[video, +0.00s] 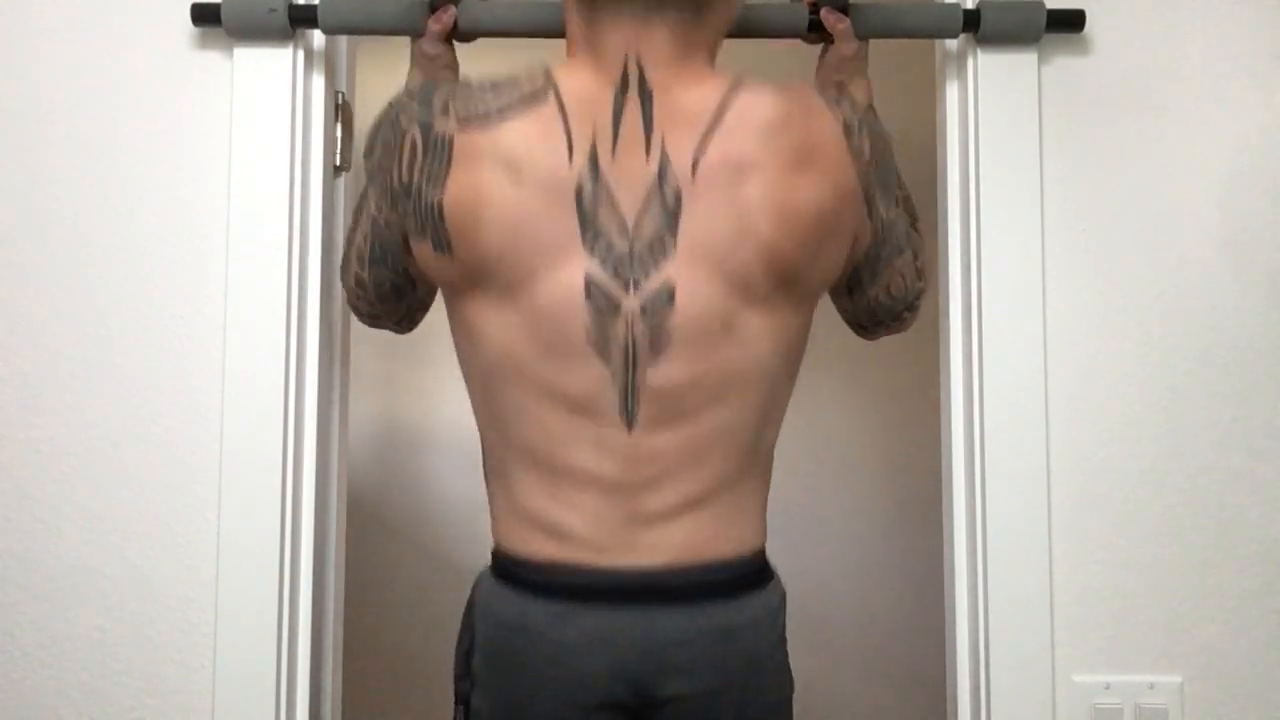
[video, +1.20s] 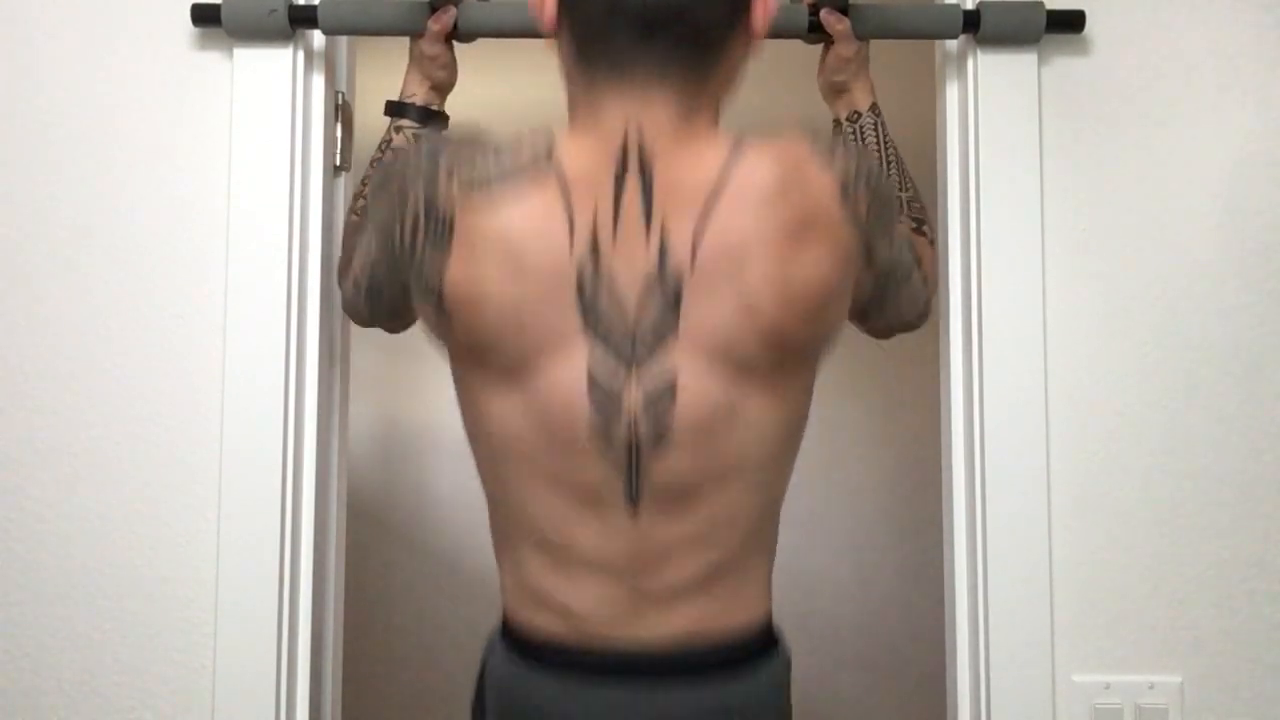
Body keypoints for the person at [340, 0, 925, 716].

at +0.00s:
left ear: (571, 4)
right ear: (725, 4)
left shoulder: (454, 134)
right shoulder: (802, 139)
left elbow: (380, 299)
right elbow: (889, 303)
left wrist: (425, 89)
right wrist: (851, 97)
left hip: (532, 636)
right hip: (728, 637)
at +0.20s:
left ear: (543, 57)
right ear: (758, 63)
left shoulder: (466, 243)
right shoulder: (802, 244)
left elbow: (376, 282)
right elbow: (896, 294)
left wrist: (424, 98)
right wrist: (850, 101)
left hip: (530, 688)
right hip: (724, 688)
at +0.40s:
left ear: (543, 161)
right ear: (758, 170)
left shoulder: (474, 335)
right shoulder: (803, 326)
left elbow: (384, 267)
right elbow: (895, 264)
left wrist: (424, 97)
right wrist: (850, 97)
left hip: (535, 707)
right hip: (727, 708)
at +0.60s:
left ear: (539, 245)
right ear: (753, 250)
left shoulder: (486, 411)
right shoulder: (791, 393)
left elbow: (396, 267)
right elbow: (887, 267)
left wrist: (425, 90)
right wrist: (848, 98)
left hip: (539, 712)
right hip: (730, 711)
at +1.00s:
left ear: (536, 213)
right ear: (751, 222)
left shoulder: (479, 386)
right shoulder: (795, 365)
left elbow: (395, 262)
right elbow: (887, 264)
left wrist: (427, 94)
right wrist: (847, 97)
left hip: (543, 709)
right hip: (731, 709)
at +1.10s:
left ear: (539, 113)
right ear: (755, 118)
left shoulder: (467, 301)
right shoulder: (802, 292)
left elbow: (378, 274)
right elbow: (902, 269)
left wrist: (423, 96)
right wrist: (851, 97)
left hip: (538, 701)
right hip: (732, 701)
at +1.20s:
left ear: (548, 19)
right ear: (754, 23)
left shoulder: (463, 203)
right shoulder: (806, 197)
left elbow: (369, 293)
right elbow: (903, 299)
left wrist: (418, 97)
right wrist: (855, 98)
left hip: (536, 681)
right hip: (732, 682)